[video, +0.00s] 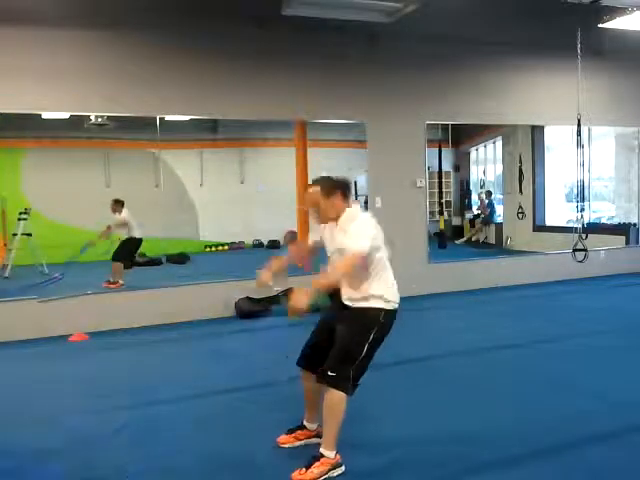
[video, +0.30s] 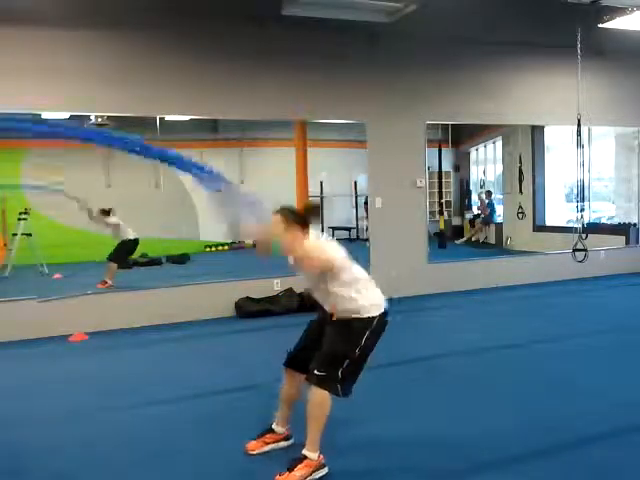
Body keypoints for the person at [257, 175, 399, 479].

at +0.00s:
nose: (316, 212)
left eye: (319, 205)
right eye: (314, 207)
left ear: (338, 199)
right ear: (332, 200)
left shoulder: (363, 225)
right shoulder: (328, 225)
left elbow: (350, 267)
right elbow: (304, 248)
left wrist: (311, 288)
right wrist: (276, 266)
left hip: (375, 305)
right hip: (345, 301)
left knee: (336, 377)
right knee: (312, 364)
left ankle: (330, 456)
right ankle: (312, 427)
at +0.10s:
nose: (321, 192)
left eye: (324, 186)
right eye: (320, 187)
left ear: (344, 183)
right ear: (323, 188)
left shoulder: (368, 203)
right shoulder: (331, 205)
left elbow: (345, 196)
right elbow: (305, 189)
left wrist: (297, 199)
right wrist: (275, 194)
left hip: (369, 298)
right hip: (340, 292)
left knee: (328, 372)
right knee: (301, 360)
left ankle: (326, 451)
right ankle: (309, 421)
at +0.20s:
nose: (298, 213)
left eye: (300, 206)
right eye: (296, 207)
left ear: (317, 197)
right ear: (304, 199)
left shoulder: (344, 214)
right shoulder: (323, 218)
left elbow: (343, 191)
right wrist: (288, 177)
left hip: (363, 303)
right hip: (336, 296)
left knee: (325, 377)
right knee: (299, 363)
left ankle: (317, 456)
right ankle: (288, 428)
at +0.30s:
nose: (277, 237)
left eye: (280, 230)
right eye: (276, 231)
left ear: (296, 229)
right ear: (293, 230)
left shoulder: (322, 247)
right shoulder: (298, 250)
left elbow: (326, 263)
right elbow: (273, 237)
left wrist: (307, 260)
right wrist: (260, 237)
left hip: (364, 314)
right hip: (334, 311)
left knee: (320, 379)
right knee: (294, 367)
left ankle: (312, 457)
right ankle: (280, 430)